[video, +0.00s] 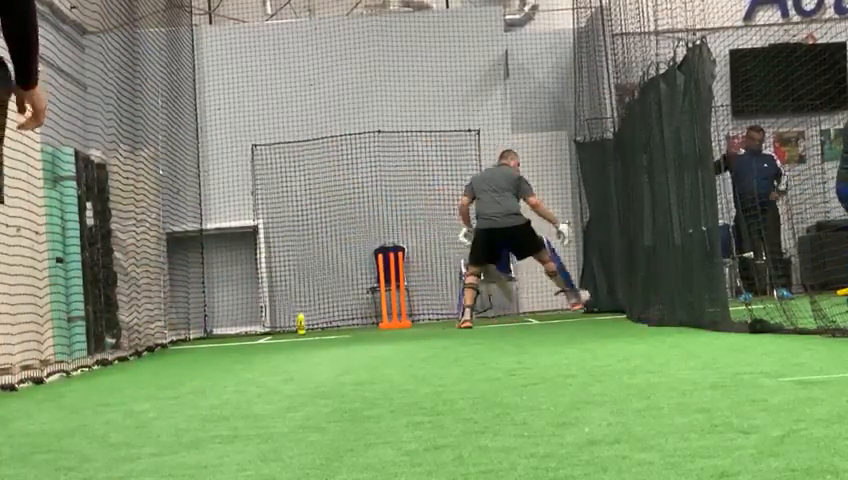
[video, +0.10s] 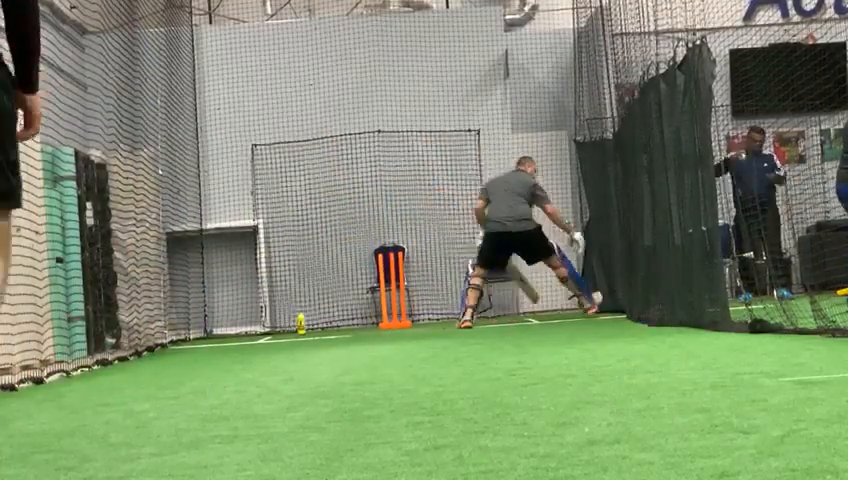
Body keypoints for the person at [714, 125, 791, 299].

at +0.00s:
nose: (756, 143)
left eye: (759, 141)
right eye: (752, 140)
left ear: (763, 142)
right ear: (745, 140)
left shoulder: (768, 160)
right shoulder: (735, 159)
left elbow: (781, 180)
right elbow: (713, 170)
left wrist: (779, 192)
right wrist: (727, 155)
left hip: (767, 210)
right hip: (744, 211)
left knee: (773, 247)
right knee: (744, 250)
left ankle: (779, 286)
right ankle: (749, 289)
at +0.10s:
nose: (758, 145)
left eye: (760, 142)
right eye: (754, 141)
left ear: (763, 142)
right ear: (746, 140)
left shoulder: (768, 159)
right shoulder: (736, 160)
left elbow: (781, 180)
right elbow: (715, 172)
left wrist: (773, 176)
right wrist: (728, 160)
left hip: (767, 210)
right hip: (744, 211)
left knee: (773, 247)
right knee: (744, 250)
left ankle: (780, 286)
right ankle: (748, 289)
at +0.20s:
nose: (758, 146)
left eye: (760, 142)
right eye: (755, 142)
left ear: (763, 143)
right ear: (746, 141)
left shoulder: (767, 159)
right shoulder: (735, 160)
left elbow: (780, 174)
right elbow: (715, 172)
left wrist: (778, 170)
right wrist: (728, 164)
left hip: (767, 210)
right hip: (744, 212)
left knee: (773, 247)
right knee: (744, 250)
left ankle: (779, 285)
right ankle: (748, 289)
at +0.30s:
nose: (756, 145)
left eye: (759, 142)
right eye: (753, 141)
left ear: (762, 143)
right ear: (745, 140)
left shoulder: (767, 159)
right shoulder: (735, 160)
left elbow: (782, 173)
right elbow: (715, 173)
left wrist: (779, 170)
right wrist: (728, 163)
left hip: (767, 210)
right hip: (744, 211)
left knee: (773, 247)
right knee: (744, 249)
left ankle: (779, 285)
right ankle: (748, 289)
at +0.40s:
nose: (755, 144)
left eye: (758, 141)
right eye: (752, 141)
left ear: (761, 142)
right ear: (744, 140)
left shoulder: (768, 159)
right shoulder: (734, 160)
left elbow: (783, 175)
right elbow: (714, 172)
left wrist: (778, 178)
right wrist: (728, 162)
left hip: (767, 210)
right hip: (744, 211)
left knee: (773, 247)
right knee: (744, 250)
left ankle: (779, 285)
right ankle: (748, 289)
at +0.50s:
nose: (755, 144)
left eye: (758, 141)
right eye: (752, 140)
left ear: (761, 142)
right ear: (744, 140)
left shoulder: (768, 159)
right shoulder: (733, 161)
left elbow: (782, 177)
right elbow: (712, 169)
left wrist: (778, 191)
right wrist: (726, 156)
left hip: (767, 209)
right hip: (743, 211)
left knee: (773, 247)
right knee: (744, 251)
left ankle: (779, 286)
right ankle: (749, 289)